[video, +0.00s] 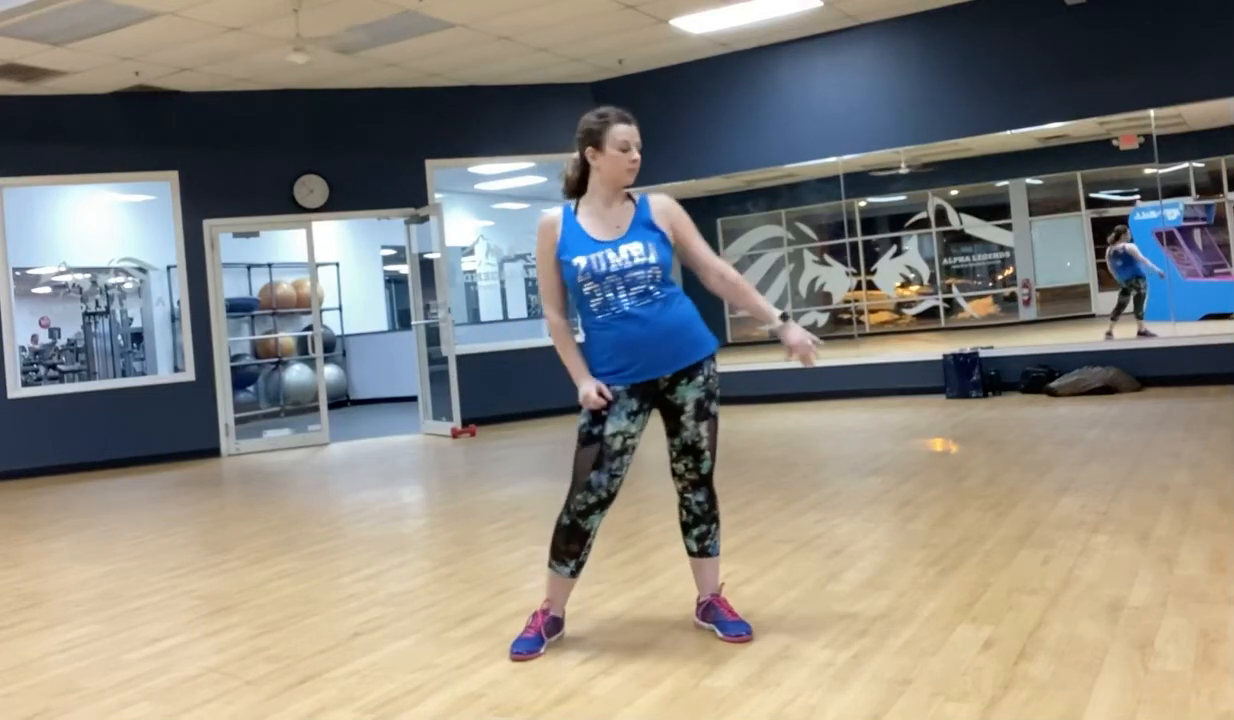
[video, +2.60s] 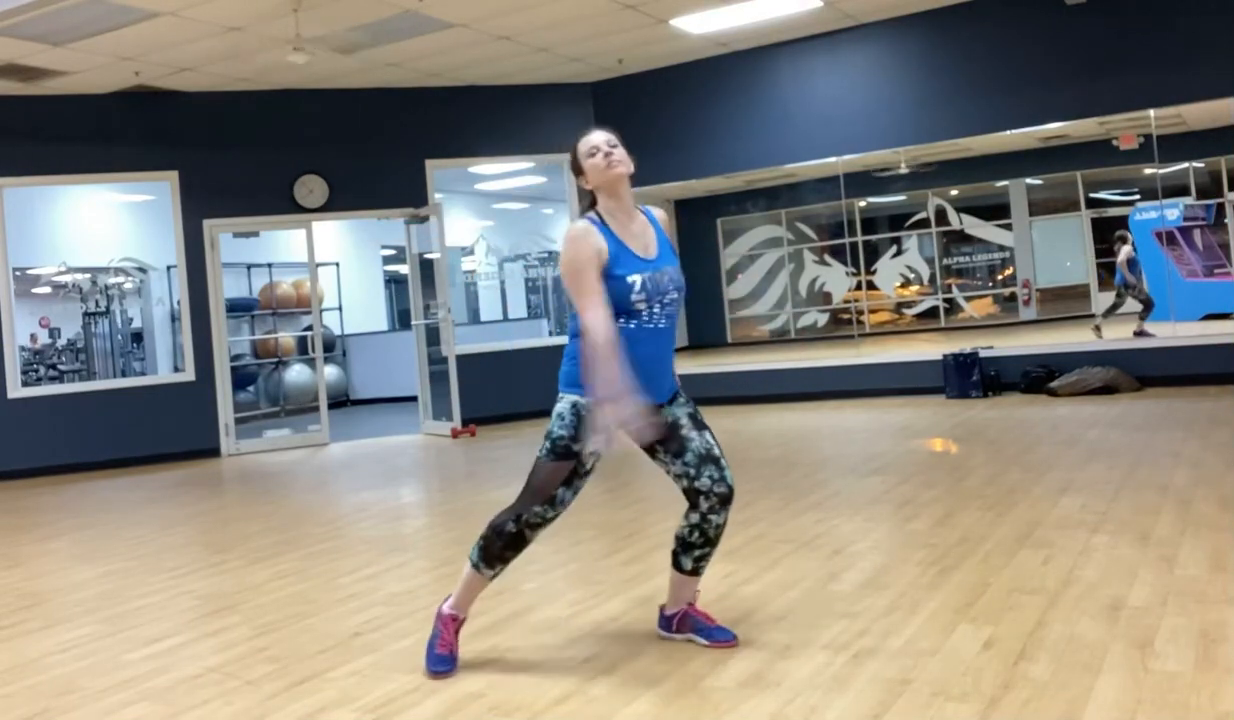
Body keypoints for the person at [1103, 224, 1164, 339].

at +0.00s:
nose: (1129, 236)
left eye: (1129, 233)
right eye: (1128, 234)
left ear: (1117, 236)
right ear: (1123, 235)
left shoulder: (1109, 250)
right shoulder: (1130, 247)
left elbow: (1110, 268)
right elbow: (1143, 260)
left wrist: (1119, 280)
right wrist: (1158, 270)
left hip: (1125, 281)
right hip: (1138, 279)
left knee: (1120, 305)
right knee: (1139, 303)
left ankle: (1110, 330)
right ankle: (1141, 328)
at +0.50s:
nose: (1123, 236)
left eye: (1122, 233)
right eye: (1121, 234)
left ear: (1111, 237)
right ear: (1117, 236)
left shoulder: (1104, 249)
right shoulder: (1120, 251)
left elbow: (1098, 262)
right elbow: (1129, 267)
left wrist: (1100, 276)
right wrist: (1145, 273)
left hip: (1112, 281)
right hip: (1125, 281)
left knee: (1114, 304)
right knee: (1133, 303)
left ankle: (1108, 330)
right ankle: (1140, 328)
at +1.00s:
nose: (1123, 234)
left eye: (1121, 233)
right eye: (1121, 233)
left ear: (1110, 237)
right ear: (1119, 235)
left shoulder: (1107, 249)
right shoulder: (1131, 245)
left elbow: (1105, 266)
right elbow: (1140, 259)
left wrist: (1106, 280)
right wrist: (1143, 272)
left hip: (1115, 279)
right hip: (1132, 278)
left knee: (1111, 304)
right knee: (1140, 301)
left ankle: (1107, 330)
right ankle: (1142, 328)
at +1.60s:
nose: (1123, 235)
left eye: (1122, 233)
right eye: (1122, 233)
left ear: (1110, 236)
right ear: (1120, 235)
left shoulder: (1104, 248)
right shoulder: (1125, 248)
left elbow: (1095, 262)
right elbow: (1133, 265)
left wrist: (1090, 275)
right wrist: (1147, 270)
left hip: (1114, 281)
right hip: (1129, 279)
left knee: (1114, 305)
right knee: (1134, 304)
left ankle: (1108, 330)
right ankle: (1141, 328)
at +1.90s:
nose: (1121, 234)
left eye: (1119, 232)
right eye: (1119, 233)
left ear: (1107, 235)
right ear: (1117, 235)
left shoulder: (1102, 247)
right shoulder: (1122, 247)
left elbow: (1089, 256)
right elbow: (1127, 264)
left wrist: (1077, 264)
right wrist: (1135, 275)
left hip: (1109, 280)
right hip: (1124, 279)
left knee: (1111, 304)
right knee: (1134, 301)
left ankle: (1107, 330)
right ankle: (1140, 326)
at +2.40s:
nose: (1129, 234)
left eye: (1128, 232)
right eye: (1127, 233)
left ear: (1117, 237)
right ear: (1124, 236)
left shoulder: (1116, 247)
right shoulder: (1129, 245)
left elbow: (1103, 256)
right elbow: (1128, 259)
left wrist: (1090, 260)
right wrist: (1133, 276)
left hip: (1118, 280)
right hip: (1128, 280)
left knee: (1119, 302)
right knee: (1145, 302)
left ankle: (1101, 322)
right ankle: (1139, 328)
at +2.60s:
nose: (1131, 236)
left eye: (1129, 235)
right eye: (1129, 235)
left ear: (1120, 240)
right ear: (1126, 238)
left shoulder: (1121, 249)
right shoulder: (1127, 248)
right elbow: (1120, 261)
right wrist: (1128, 276)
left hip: (1121, 284)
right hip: (1129, 283)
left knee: (1118, 303)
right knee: (1149, 303)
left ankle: (1098, 323)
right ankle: (1139, 328)